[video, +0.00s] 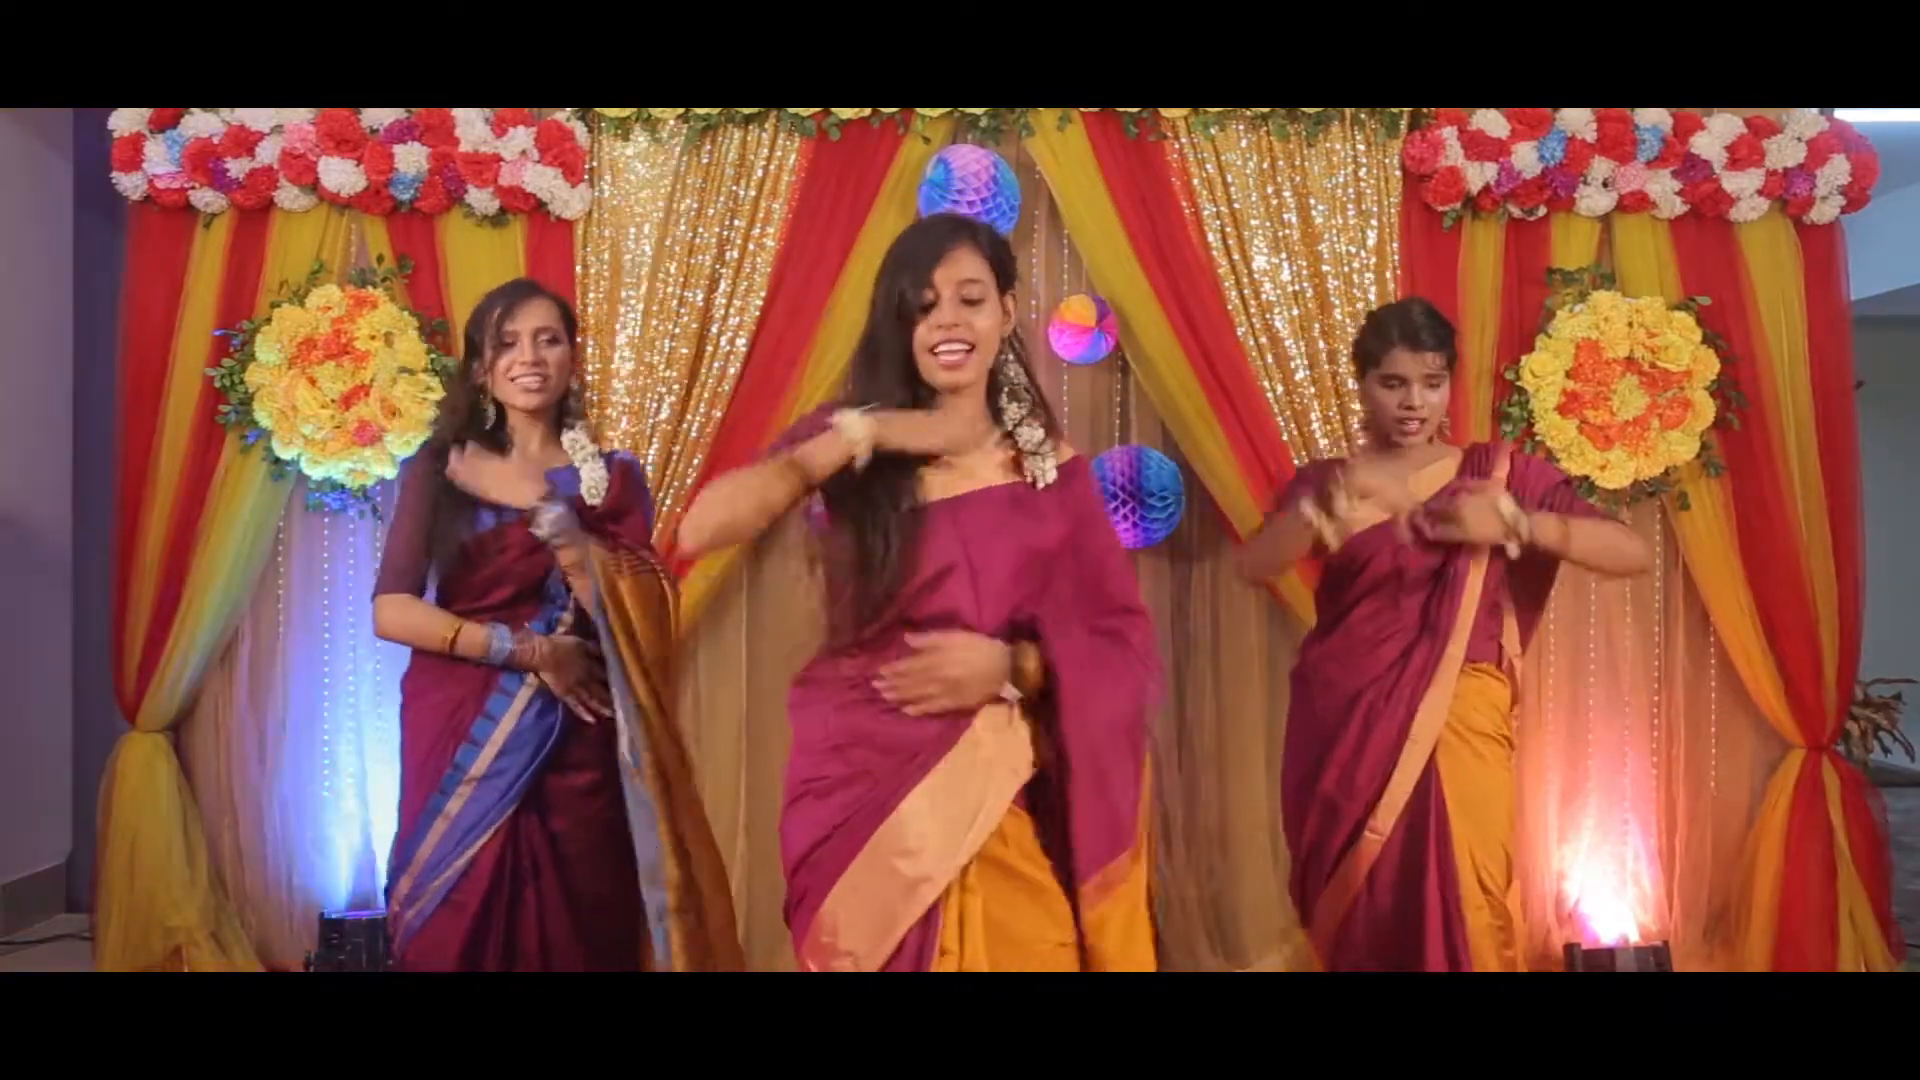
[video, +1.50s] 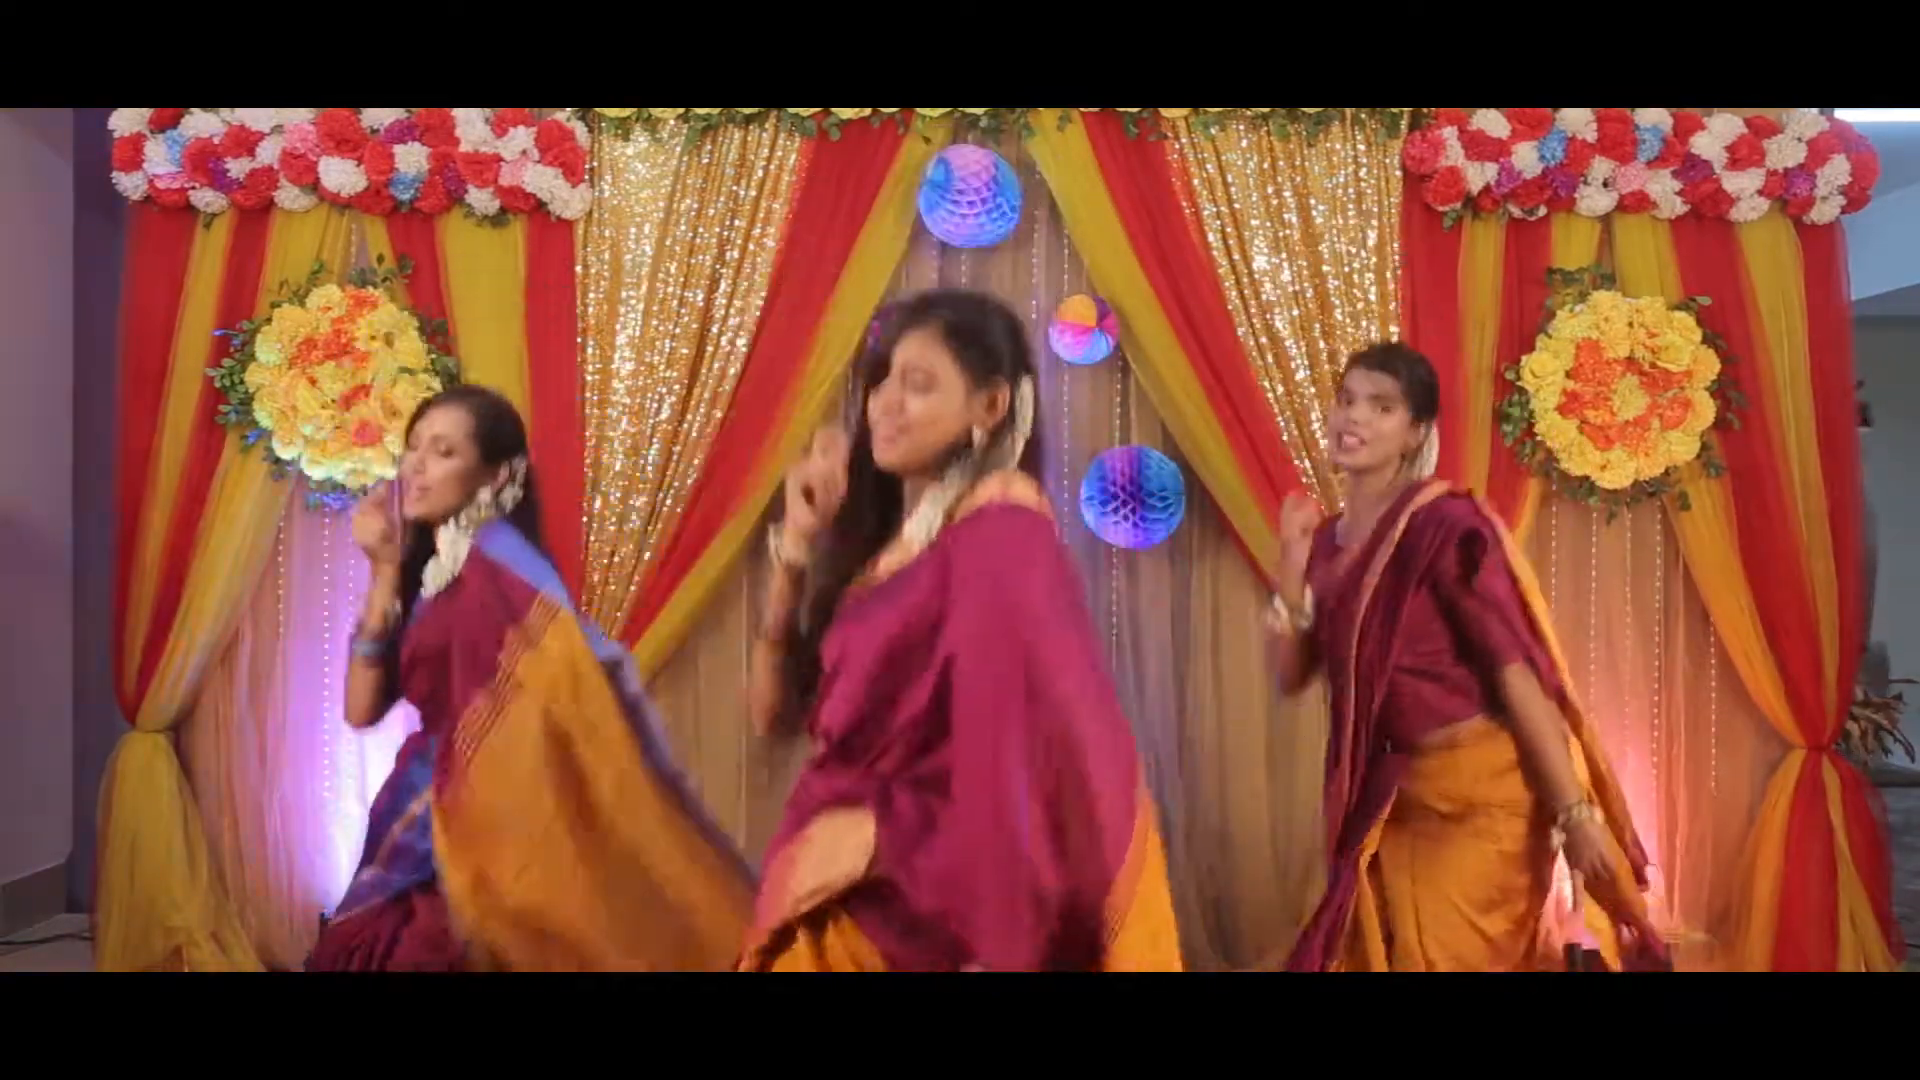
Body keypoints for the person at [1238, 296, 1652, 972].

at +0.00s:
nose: (1414, 402)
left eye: (1431, 382)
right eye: (1394, 383)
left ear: (1451, 383)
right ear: (1362, 387)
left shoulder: (1501, 471)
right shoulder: (1322, 483)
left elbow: (1632, 553)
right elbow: (1250, 566)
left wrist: (1517, 523)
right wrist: (1311, 517)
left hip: (1463, 716)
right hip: (1348, 720)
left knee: (1464, 907)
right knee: (1356, 912)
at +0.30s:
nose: (1399, 322)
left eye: (1418, 308)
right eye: (1380, 306)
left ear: (1440, 332)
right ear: (1351, 327)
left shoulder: (1490, 432)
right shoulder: (1323, 436)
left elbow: (1578, 534)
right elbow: (1261, 318)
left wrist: (1592, 642)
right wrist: (1338, 223)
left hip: (1485, 682)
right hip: (1369, 695)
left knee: (1482, 900)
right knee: (1377, 903)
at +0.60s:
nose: (1410, 321)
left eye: (1430, 307)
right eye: (1389, 304)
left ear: (1450, 330)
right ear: (1356, 325)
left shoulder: (1505, 438)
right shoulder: (1330, 442)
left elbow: (1541, 579)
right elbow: (1248, 358)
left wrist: (1597, 697)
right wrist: (1331, 244)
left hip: (1502, 699)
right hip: (1382, 708)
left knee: (1501, 921)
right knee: (1394, 924)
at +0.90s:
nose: (1415, 356)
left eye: (1435, 339)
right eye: (1397, 337)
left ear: (1464, 357)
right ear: (1372, 350)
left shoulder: (1519, 464)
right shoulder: (1335, 461)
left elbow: (1540, 628)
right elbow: (1286, 581)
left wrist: (1567, 758)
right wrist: (1359, 534)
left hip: (1479, 726)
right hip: (1360, 730)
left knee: (1472, 932)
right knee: (1372, 932)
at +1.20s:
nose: (1368, 348)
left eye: (1397, 339)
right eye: (1362, 334)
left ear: (1433, 375)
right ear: (1346, 354)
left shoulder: (1453, 468)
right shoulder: (1341, 478)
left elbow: (1522, 622)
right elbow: (1271, 590)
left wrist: (1581, 760)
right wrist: (1300, 485)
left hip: (1468, 750)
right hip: (1380, 751)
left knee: (1456, 941)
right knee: (1377, 940)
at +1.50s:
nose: (1351, 417)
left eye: (1377, 406)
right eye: (1344, 400)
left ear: (1417, 431)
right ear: (1329, 411)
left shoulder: (1451, 525)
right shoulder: (1330, 541)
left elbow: (1515, 672)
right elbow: (1290, 677)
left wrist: (1575, 812)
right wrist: (1292, 565)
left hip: (1491, 799)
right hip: (1395, 802)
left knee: (1448, 958)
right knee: (1365, 956)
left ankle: (1576, 959)